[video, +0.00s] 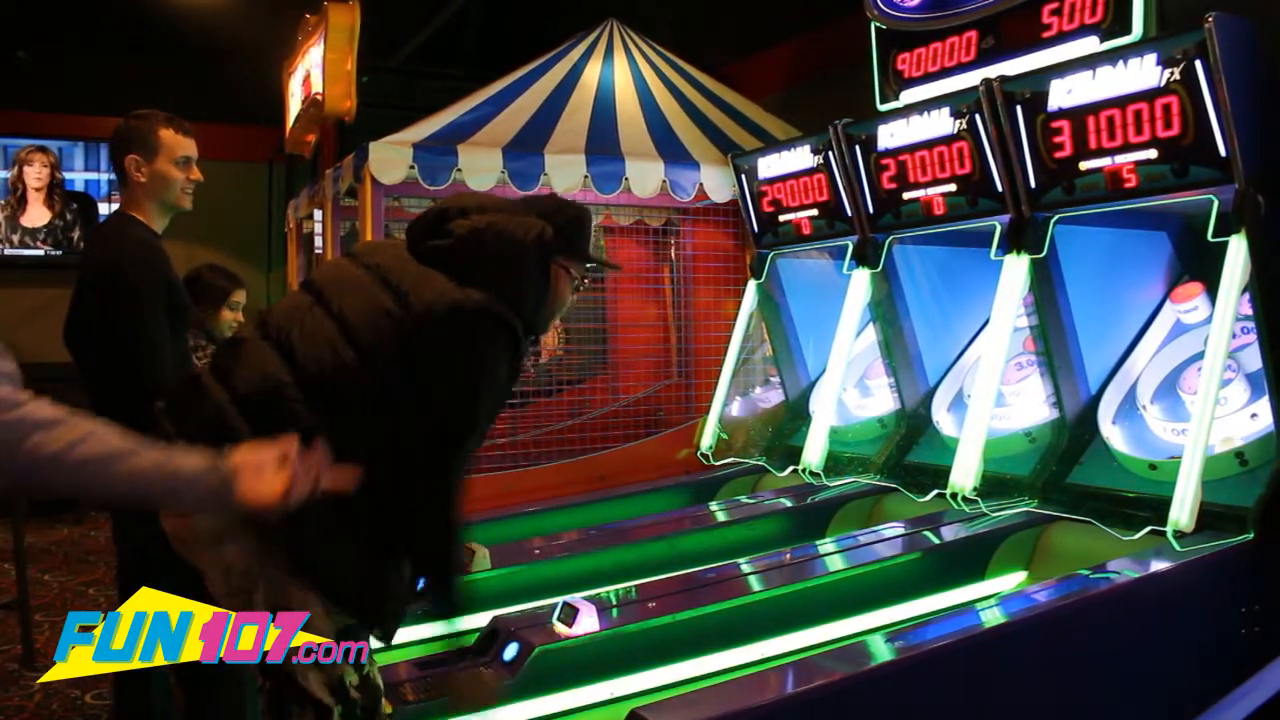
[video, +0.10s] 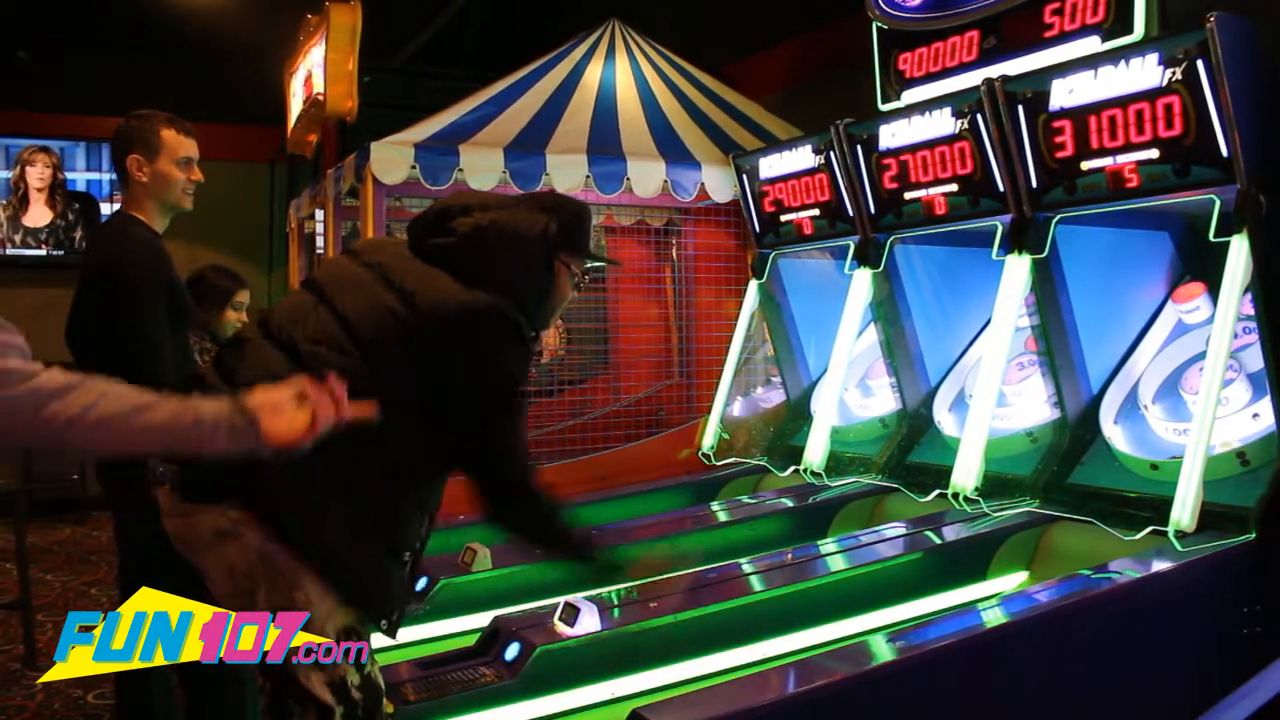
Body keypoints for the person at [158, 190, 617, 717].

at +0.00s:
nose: (574, 294)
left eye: (578, 279)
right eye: (573, 277)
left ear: (494, 245)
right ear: (546, 267)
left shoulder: (389, 260)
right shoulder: (481, 323)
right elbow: (429, 471)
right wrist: (444, 578)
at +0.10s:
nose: (572, 295)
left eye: (577, 277)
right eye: (573, 275)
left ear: (488, 241)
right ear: (542, 262)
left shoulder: (379, 262)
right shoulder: (484, 325)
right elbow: (505, 484)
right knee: (325, 696)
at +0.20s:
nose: (576, 291)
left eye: (580, 276)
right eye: (575, 273)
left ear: (487, 245)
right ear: (538, 260)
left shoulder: (386, 264)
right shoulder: (497, 327)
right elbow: (564, 473)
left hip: (204, 491)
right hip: (278, 532)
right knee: (341, 699)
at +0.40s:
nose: (576, 291)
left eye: (581, 276)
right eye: (576, 273)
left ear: (482, 240)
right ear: (539, 260)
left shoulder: (372, 262)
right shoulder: (495, 323)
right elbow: (561, 480)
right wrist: (673, 507)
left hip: (197, 495)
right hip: (278, 541)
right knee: (341, 697)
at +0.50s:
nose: (577, 295)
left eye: (581, 279)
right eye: (574, 276)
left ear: (494, 246)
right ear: (538, 267)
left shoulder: (385, 262)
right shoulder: (492, 329)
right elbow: (528, 493)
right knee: (324, 696)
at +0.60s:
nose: (580, 298)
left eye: (585, 282)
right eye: (578, 279)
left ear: (499, 247)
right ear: (540, 268)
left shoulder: (386, 262)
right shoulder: (494, 333)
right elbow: (499, 501)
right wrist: (578, 634)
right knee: (334, 698)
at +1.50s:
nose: (579, 303)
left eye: (585, 287)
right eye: (579, 285)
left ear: (504, 252)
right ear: (550, 275)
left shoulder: (388, 258)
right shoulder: (480, 343)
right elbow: (466, 522)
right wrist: (535, 668)